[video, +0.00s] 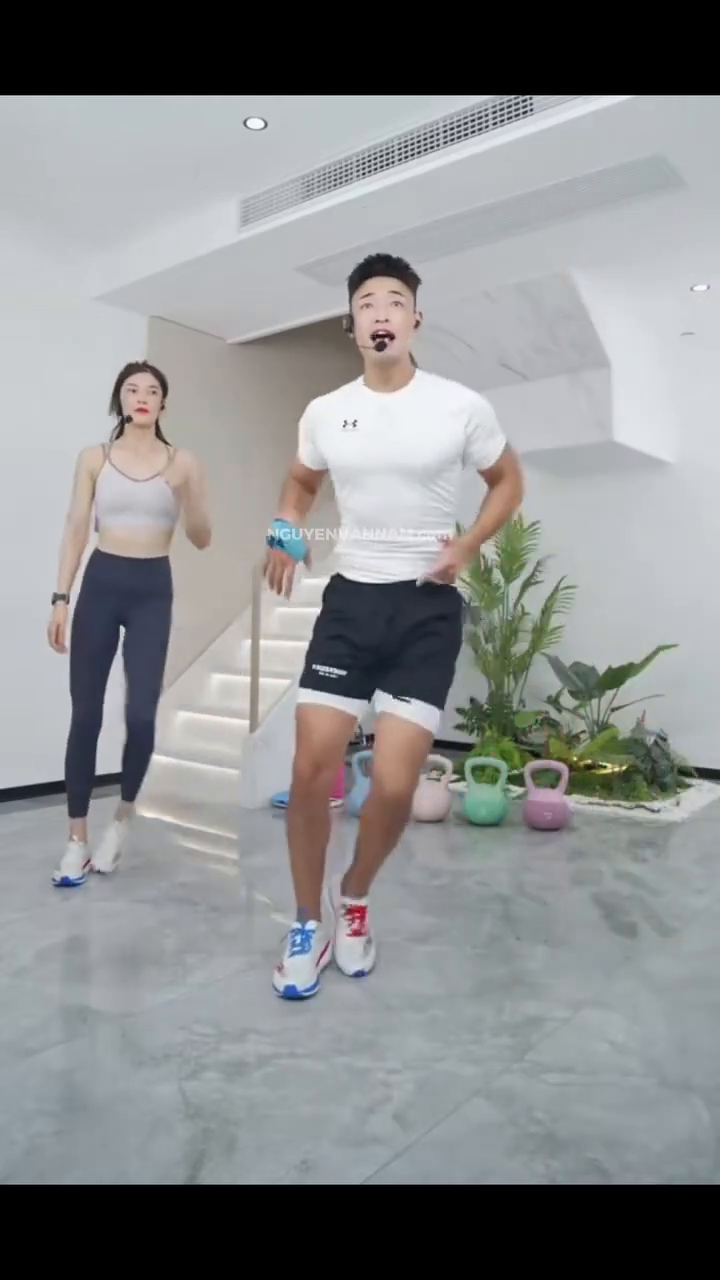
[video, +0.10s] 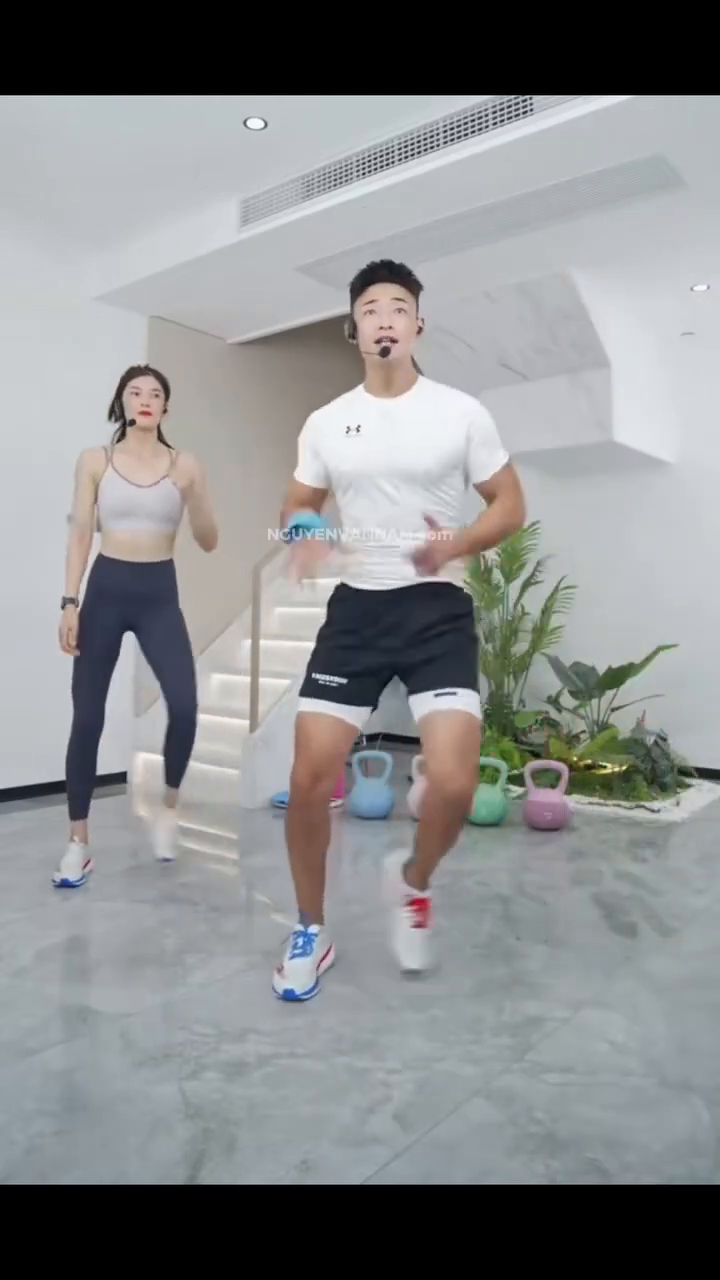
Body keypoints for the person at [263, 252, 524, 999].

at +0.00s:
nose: (380, 314)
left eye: (394, 303)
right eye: (368, 304)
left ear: (417, 319)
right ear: (352, 323)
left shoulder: (462, 408)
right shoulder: (324, 414)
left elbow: (510, 482)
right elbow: (300, 487)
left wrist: (469, 544)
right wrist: (287, 532)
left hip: (428, 609)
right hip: (348, 604)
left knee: (394, 789)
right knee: (311, 768)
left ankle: (353, 899)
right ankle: (305, 924)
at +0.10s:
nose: (384, 320)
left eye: (397, 309)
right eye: (371, 309)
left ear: (419, 324)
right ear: (353, 327)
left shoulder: (462, 414)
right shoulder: (326, 424)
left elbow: (511, 508)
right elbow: (297, 511)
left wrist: (459, 544)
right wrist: (304, 530)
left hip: (438, 612)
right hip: (353, 613)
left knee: (453, 786)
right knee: (310, 779)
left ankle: (415, 885)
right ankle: (308, 930)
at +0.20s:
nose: (402, 312)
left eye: (415, 300)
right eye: (388, 301)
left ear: (437, 316)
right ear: (369, 320)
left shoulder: (478, 399)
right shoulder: (338, 409)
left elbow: (520, 503)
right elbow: (321, 520)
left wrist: (452, 482)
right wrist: (355, 467)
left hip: (459, 601)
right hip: (374, 606)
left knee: (516, 765)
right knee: (330, 772)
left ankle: (509, 906)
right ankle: (311, 930)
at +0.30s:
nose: (434, 297)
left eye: (447, 285)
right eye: (420, 288)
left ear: (469, 302)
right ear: (398, 308)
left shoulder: (508, 385)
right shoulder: (369, 394)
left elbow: (552, 490)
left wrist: (475, 435)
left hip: (494, 588)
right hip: (405, 593)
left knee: (559, 774)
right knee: (360, 767)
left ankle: (600, 950)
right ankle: (321, 928)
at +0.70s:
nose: (527, 352)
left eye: (543, 336)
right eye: (512, 335)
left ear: (563, 337)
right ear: (488, 337)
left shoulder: (598, 413)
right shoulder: (447, 419)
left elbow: (655, 466)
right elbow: (428, 488)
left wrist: (644, 533)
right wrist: (427, 550)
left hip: (584, 613)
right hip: (491, 617)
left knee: (610, 787)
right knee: (475, 770)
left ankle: (625, 969)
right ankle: (507, 966)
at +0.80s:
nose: (537, 369)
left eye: (553, 354)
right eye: (522, 352)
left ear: (571, 356)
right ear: (496, 352)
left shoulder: (600, 432)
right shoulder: (452, 433)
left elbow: (661, 489)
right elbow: (426, 512)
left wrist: (657, 546)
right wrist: (419, 564)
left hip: (582, 629)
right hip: (491, 634)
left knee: (610, 801)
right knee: (465, 783)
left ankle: (626, 970)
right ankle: (523, 970)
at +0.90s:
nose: (519, 348)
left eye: (533, 333)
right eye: (504, 333)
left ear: (554, 339)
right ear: (483, 339)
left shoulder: (589, 424)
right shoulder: (445, 425)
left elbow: (652, 508)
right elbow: (415, 509)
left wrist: (624, 544)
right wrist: (417, 543)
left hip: (563, 619)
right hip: (471, 618)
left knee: (598, 787)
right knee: (408, 737)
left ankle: (624, 970)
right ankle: (438, 926)